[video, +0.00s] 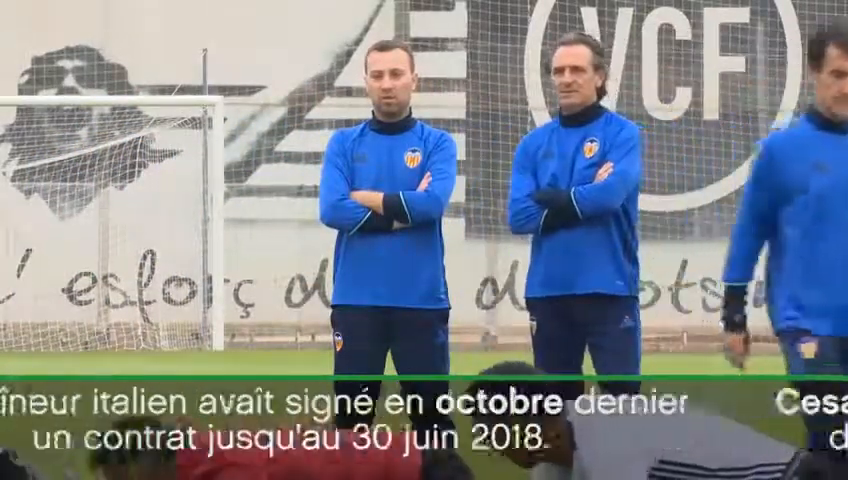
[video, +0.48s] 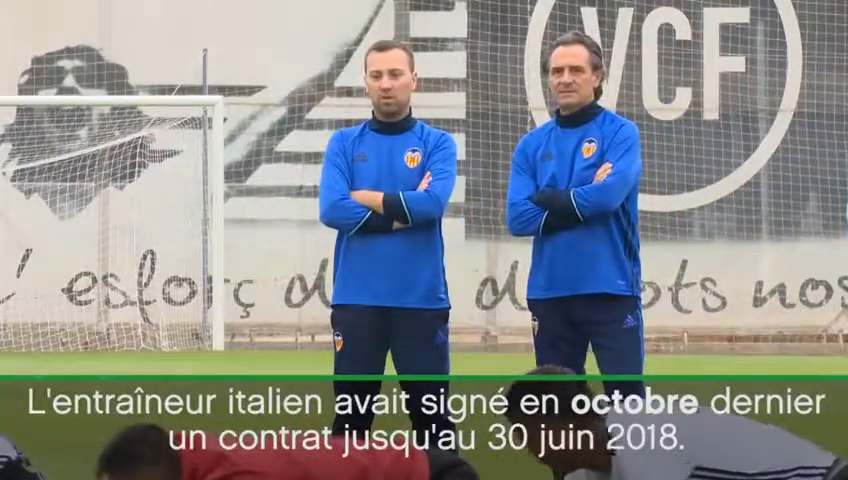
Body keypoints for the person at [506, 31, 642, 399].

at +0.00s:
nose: (566, 79)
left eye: (577, 70)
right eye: (559, 72)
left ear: (599, 78)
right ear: (552, 79)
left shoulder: (620, 131)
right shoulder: (531, 144)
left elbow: (611, 196)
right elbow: (518, 217)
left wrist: (546, 197)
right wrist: (591, 192)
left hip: (610, 291)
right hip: (549, 294)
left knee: (622, 404)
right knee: (554, 407)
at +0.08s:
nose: (566, 79)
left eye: (576, 70)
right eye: (558, 71)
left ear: (598, 78)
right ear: (549, 79)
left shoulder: (618, 131)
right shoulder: (531, 143)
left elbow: (610, 195)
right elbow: (518, 218)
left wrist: (545, 197)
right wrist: (590, 192)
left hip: (610, 289)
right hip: (550, 293)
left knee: (624, 402)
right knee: (556, 405)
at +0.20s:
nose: (564, 79)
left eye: (575, 70)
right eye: (556, 71)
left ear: (597, 78)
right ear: (548, 80)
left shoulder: (618, 131)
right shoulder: (531, 144)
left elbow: (610, 195)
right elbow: (518, 219)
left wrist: (545, 197)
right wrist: (590, 192)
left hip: (611, 290)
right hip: (551, 294)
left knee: (625, 405)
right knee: (558, 407)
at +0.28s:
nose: (564, 79)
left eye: (575, 70)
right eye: (556, 71)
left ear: (597, 77)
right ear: (547, 80)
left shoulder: (619, 131)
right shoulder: (530, 144)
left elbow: (609, 196)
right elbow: (519, 219)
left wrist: (544, 198)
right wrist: (590, 192)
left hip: (611, 290)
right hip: (550, 293)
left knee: (625, 403)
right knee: (557, 405)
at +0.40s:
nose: (564, 79)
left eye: (575, 70)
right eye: (557, 71)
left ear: (597, 77)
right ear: (548, 79)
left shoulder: (619, 131)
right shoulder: (530, 144)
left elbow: (609, 197)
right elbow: (517, 219)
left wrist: (543, 198)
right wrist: (590, 192)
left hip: (611, 291)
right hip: (550, 294)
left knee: (626, 404)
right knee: (557, 407)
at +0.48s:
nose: (565, 79)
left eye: (575, 70)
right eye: (557, 71)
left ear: (597, 77)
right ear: (548, 79)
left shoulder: (618, 131)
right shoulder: (529, 144)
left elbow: (608, 197)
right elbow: (518, 219)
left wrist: (542, 197)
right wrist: (591, 193)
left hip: (611, 290)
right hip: (549, 293)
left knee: (626, 405)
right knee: (556, 407)